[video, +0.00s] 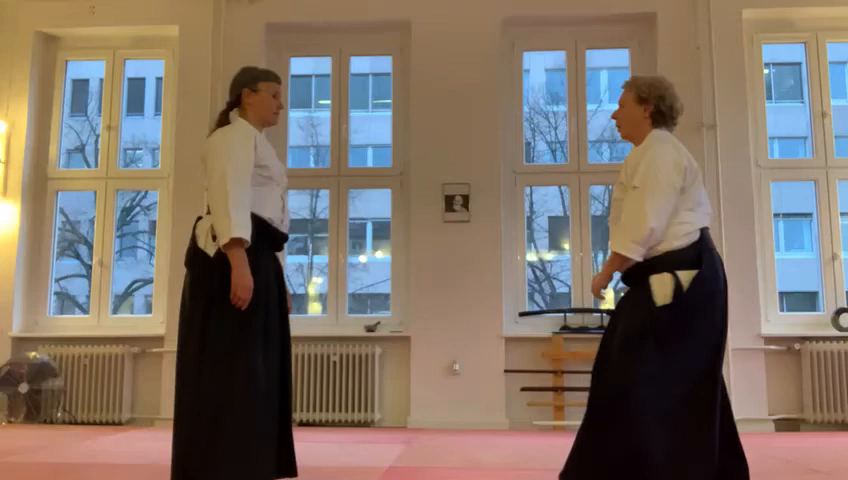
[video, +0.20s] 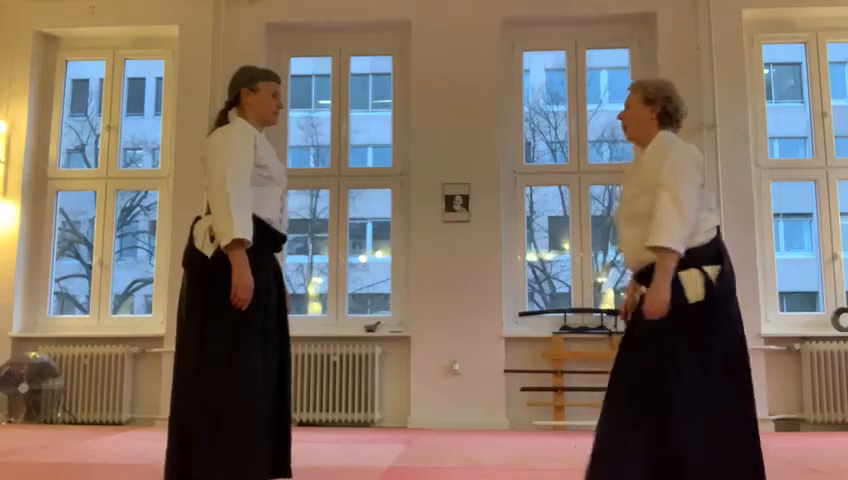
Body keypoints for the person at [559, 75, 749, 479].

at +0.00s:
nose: (614, 113)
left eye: (622, 104)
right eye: (617, 104)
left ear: (647, 110)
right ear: (647, 112)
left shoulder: (661, 151)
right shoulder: (651, 152)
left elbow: (647, 226)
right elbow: (645, 226)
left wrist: (607, 271)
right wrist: (618, 267)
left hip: (678, 277)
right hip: (667, 275)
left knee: (628, 381)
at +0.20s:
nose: (621, 114)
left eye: (628, 106)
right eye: (623, 107)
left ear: (652, 110)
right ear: (649, 111)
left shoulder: (674, 152)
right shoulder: (647, 159)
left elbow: (675, 218)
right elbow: (648, 226)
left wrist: (661, 281)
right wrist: (636, 282)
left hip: (691, 278)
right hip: (664, 281)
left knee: (684, 390)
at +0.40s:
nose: (621, 116)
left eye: (629, 108)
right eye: (623, 109)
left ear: (654, 113)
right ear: (648, 114)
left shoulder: (667, 150)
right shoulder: (645, 162)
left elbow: (695, 204)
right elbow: (658, 230)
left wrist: (717, 267)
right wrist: (643, 290)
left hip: (694, 284)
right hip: (668, 290)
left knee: (693, 394)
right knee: (666, 395)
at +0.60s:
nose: (616, 132)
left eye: (621, 123)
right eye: (614, 124)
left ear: (647, 118)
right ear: (640, 121)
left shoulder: (674, 151)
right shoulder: (644, 163)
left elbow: (694, 208)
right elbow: (653, 226)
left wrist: (703, 271)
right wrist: (648, 287)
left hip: (696, 280)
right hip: (669, 285)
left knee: (702, 389)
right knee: (669, 391)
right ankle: (675, 472)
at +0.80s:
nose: (605, 162)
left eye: (604, 151)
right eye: (600, 156)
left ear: (626, 136)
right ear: (624, 141)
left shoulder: (672, 159)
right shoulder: (639, 180)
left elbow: (684, 225)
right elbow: (661, 237)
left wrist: (654, 279)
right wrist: (652, 287)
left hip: (716, 287)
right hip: (685, 291)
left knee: (716, 397)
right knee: (678, 398)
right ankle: (680, 473)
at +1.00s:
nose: (597, 185)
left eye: (596, 176)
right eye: (591, 181)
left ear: (612, 155)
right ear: (611, 158)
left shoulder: (667, 174)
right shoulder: (628, 196)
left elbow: (686, 247)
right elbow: (651, 255)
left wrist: (656, 292)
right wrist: (657, 306)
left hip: (730, 288)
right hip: (693, 294)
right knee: (692, 399)